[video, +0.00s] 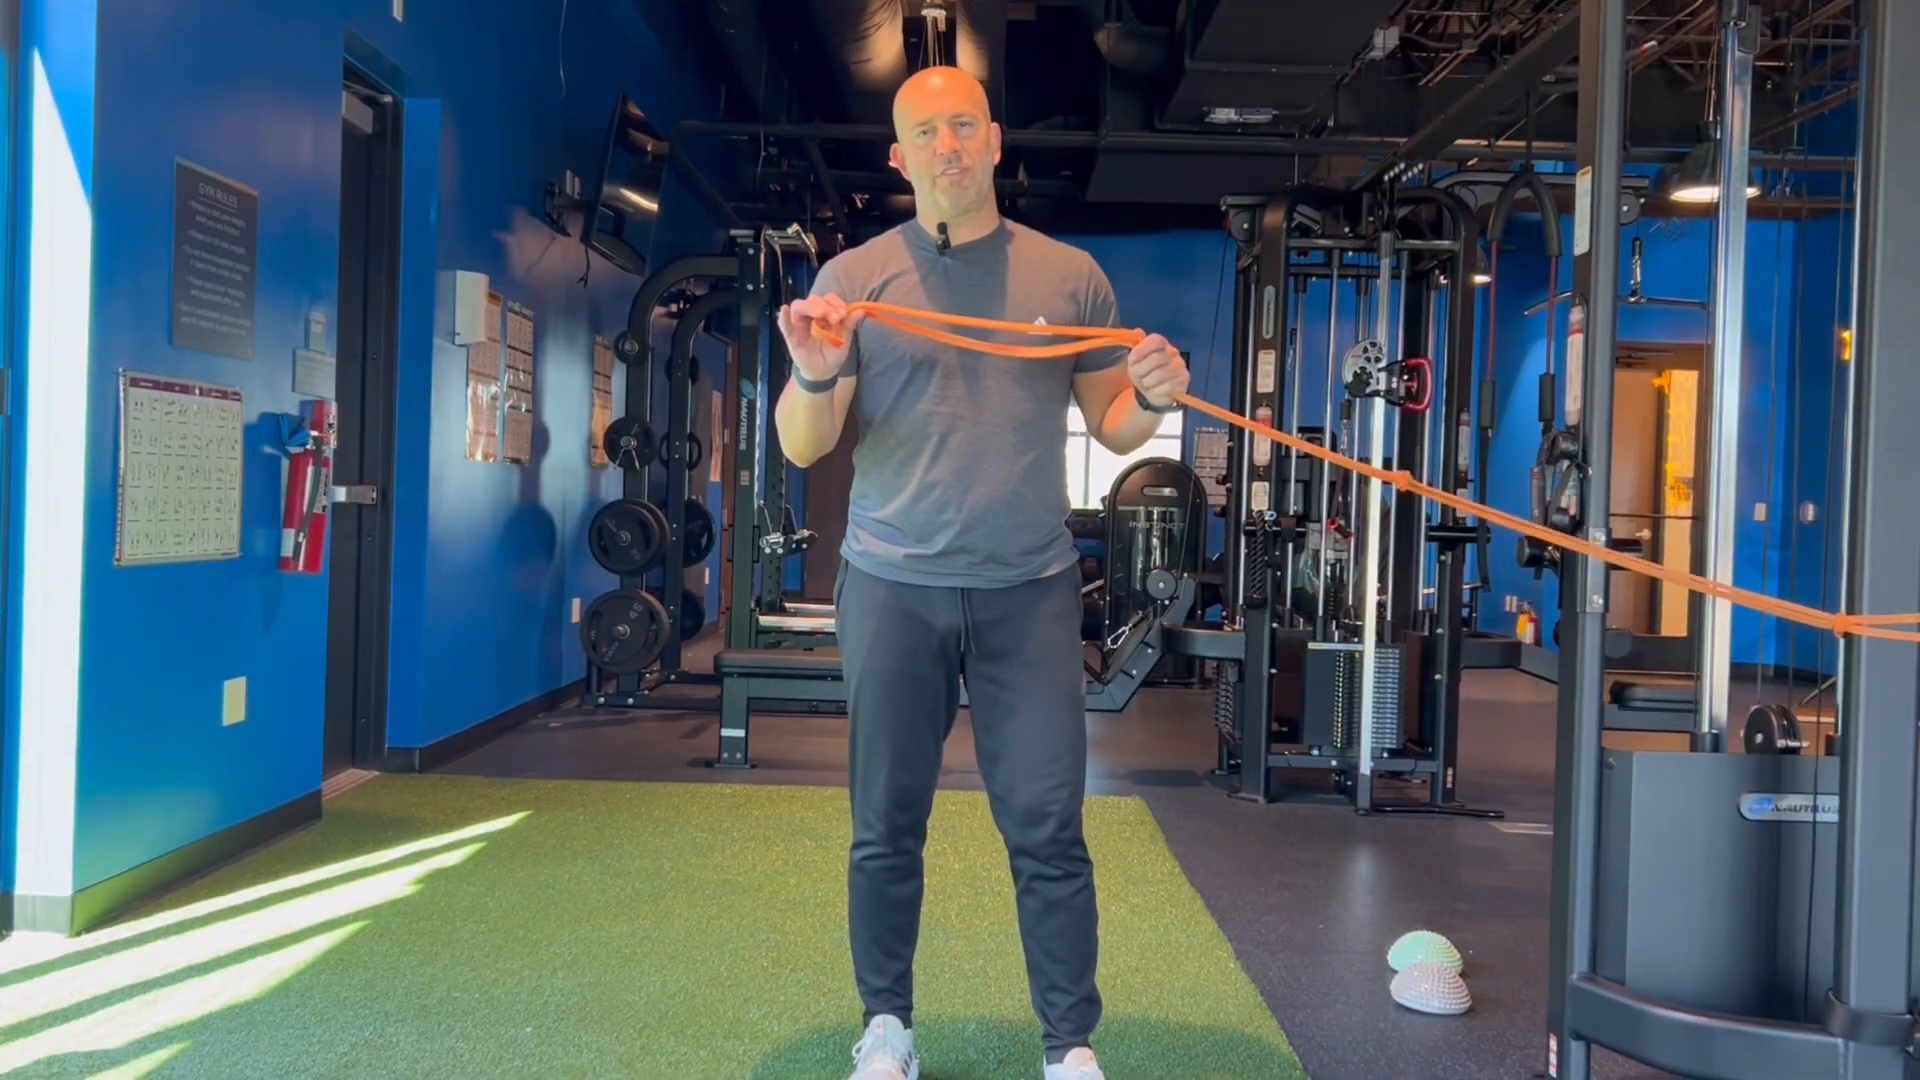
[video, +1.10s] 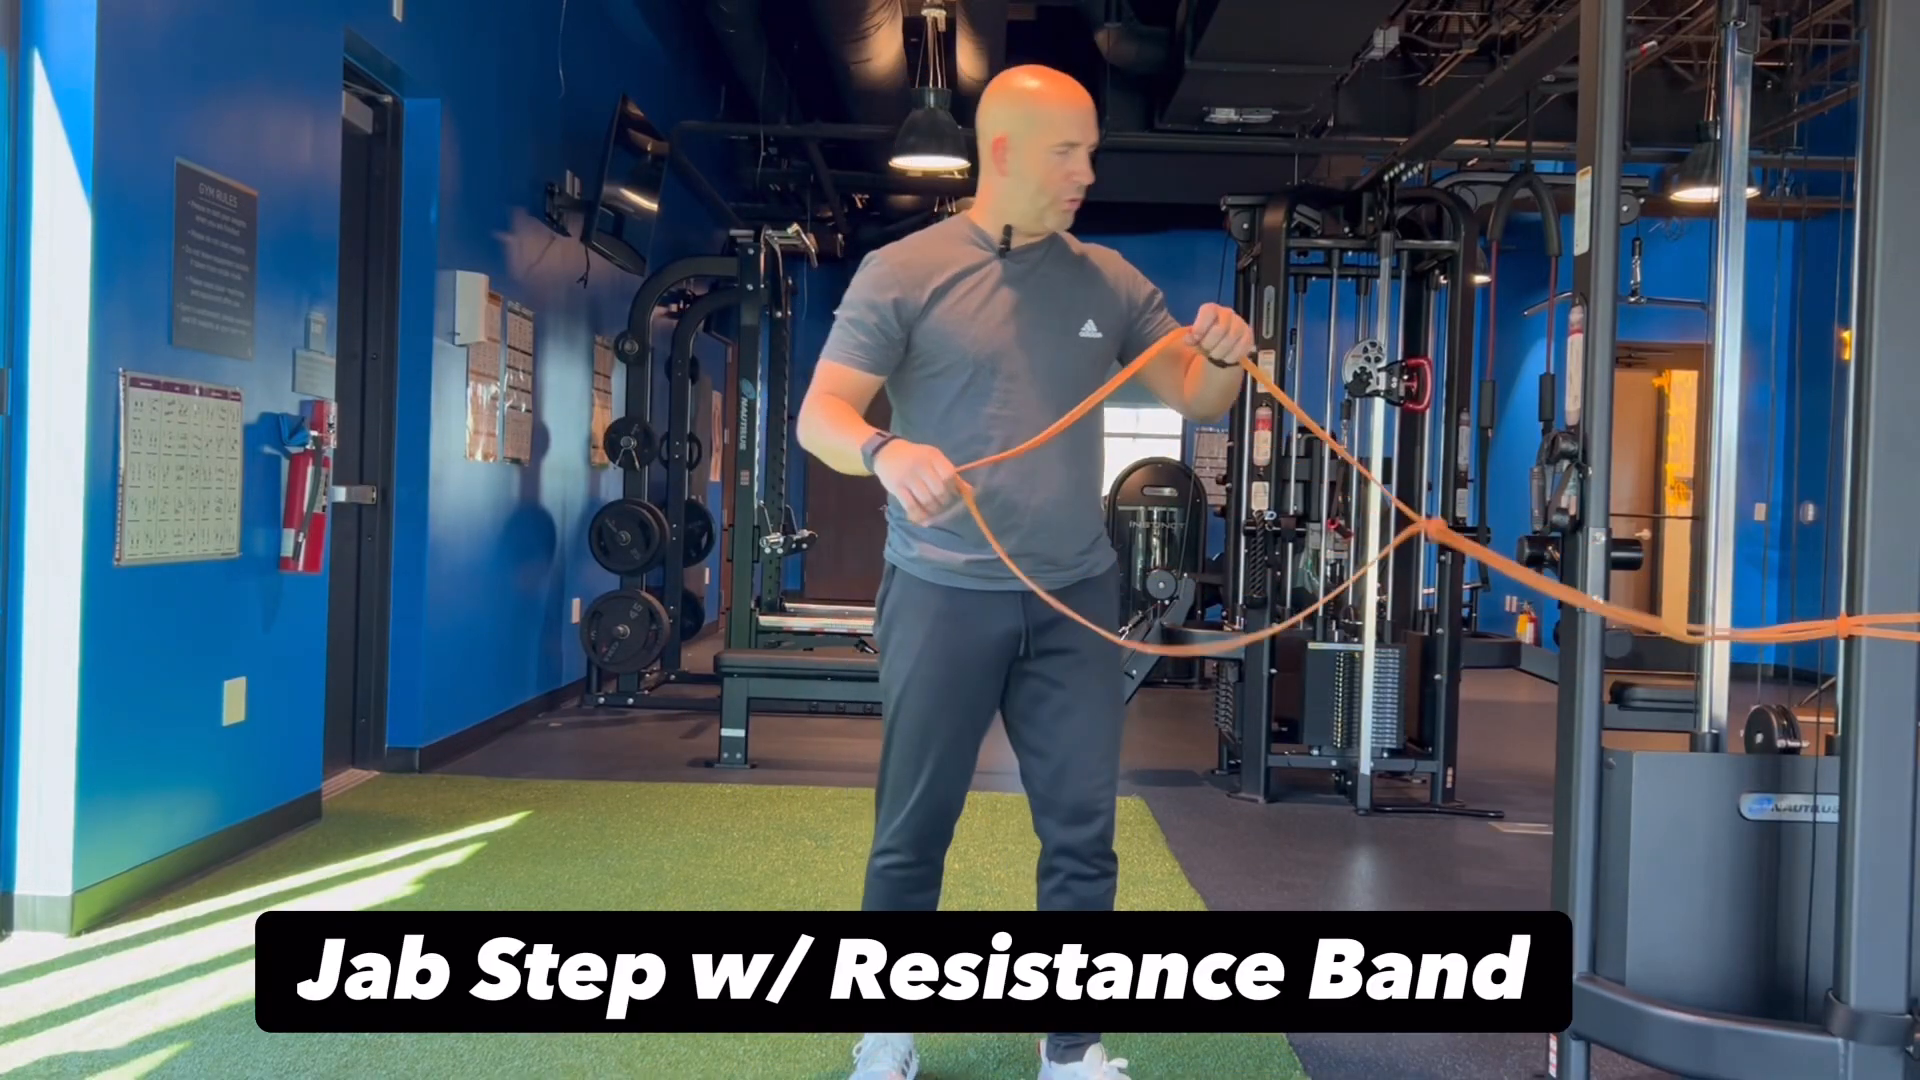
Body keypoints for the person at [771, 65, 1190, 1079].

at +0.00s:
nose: (949, 142)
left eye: (964, 123)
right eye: (928, 129)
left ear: (997, 142)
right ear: (899, 157)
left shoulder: (1069, 276)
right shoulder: (854, 278)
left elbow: (1115, 428)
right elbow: (803, 448)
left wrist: (1153, 394)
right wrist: (815, 378)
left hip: (1031, 586)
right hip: (892, 585)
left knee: (1047, 823)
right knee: (887, 823)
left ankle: (1070, 1043)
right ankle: (886, 1023)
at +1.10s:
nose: (1086, 176)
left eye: (1092, 156)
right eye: (1070, 155)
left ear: (1070, 161)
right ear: (1002, 153)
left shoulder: (1110, 281)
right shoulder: (901, 273)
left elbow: (1203, 401)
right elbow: (821, 415)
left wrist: (1226, 356)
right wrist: (880, 451)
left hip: (1077, 592)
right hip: (945, 591)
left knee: (1084, 835)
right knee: (911, 835)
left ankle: (1071, 1049)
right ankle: (884, 1037)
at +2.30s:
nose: (1072, 119)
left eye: (1074, 104)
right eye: (1047, 101)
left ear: (1073, 130)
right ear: (981, 124)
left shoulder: (1087, 273)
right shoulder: (908, 262)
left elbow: (1134, 412)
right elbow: (878, 427)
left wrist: (1199, 475)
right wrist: (1041, 459)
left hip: (1072, 590)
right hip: (948, 591)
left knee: (1096, 834)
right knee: (907, 838)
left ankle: (1089, 1052)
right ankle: (872, 1054)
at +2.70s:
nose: (1176, 128)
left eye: (1186, 113)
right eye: (1150, 109)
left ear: (1195, 141)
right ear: (1092, 132)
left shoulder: (1196, 287)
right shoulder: (1043, 255)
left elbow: (1211, 425)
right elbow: (1036, 422)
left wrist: (1253, 444)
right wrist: (1199, 474)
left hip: (1155, 587)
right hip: (1047, 572)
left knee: (1135, 828)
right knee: (1058, 809)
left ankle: (1090, 1050)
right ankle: (912, 1009)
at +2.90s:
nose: (1230, 125)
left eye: (1235, 110)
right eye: (1205, 107)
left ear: (1234, 136)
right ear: (1142, 129)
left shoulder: (1227, 281)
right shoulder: (1090, 245)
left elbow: (1240, 422)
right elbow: (1058, 415)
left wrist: (1296, 439)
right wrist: (1220, 462)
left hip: (1181, 582)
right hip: (1088, 570)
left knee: (1155, 823)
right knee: (1128, 822)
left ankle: (1091, 1039)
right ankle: (1074, 1053)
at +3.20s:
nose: (1300, 153)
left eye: (1298, 132)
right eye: (1288, 130)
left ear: (1230, 140)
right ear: (1221, 135)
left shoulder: (1262, 284)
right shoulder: (1119, 251)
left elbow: (1272, 440)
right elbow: (1074, 420)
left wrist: (1286, 553)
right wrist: (1253, 448)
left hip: (1245, 589)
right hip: (1134, 588)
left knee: (1304, 815)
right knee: (1128, 851)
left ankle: (1178, 1011)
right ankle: (1089, 1057)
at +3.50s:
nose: (1389, 175)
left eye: (1389, 154)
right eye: (1374, 152)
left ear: (1316, 159)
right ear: (1304, 155)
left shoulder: (1366, 299)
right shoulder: (1177, 270)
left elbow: (1387, 429)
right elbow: (1090, 417)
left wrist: (1421, 451)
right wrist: (1224, 418)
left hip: (1327, 609)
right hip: (1199, 601)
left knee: (1339, 850)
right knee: (1167, 851)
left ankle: (1329, 1051)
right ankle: (1100, 1059)